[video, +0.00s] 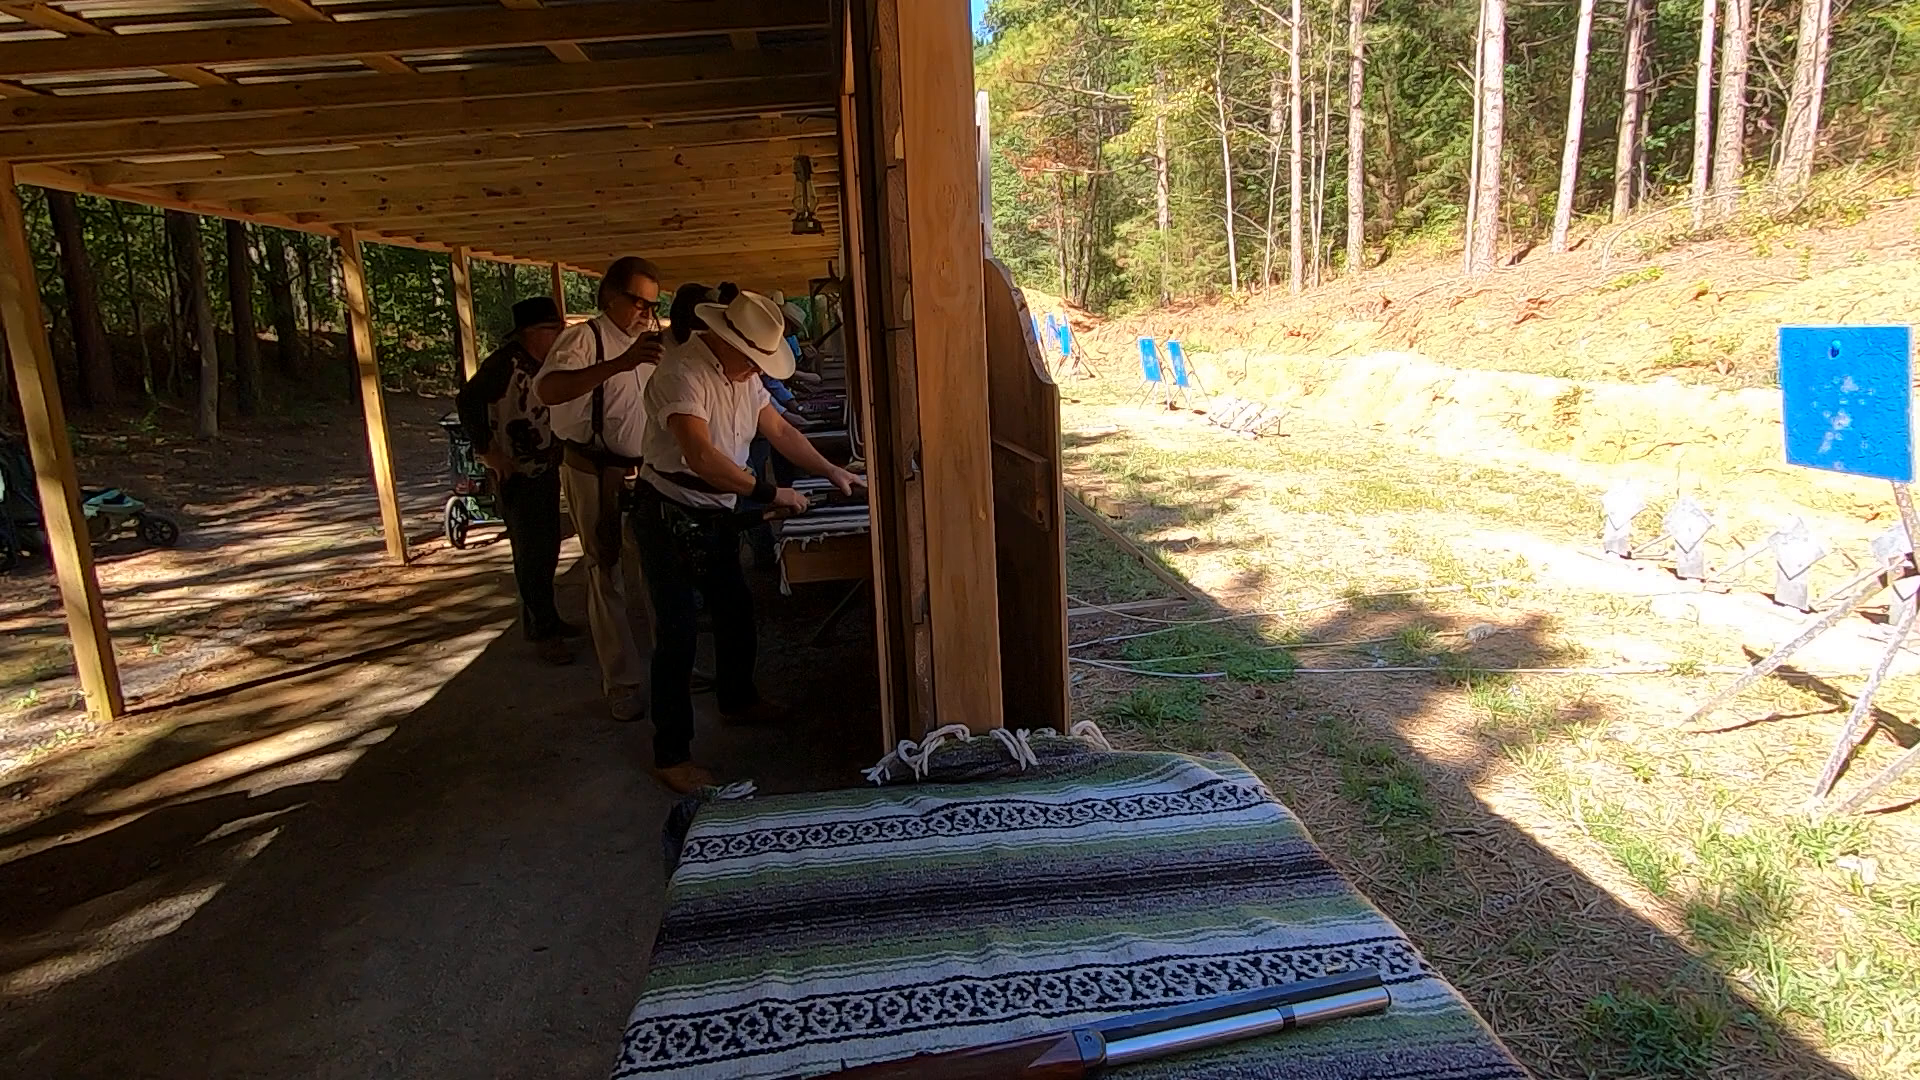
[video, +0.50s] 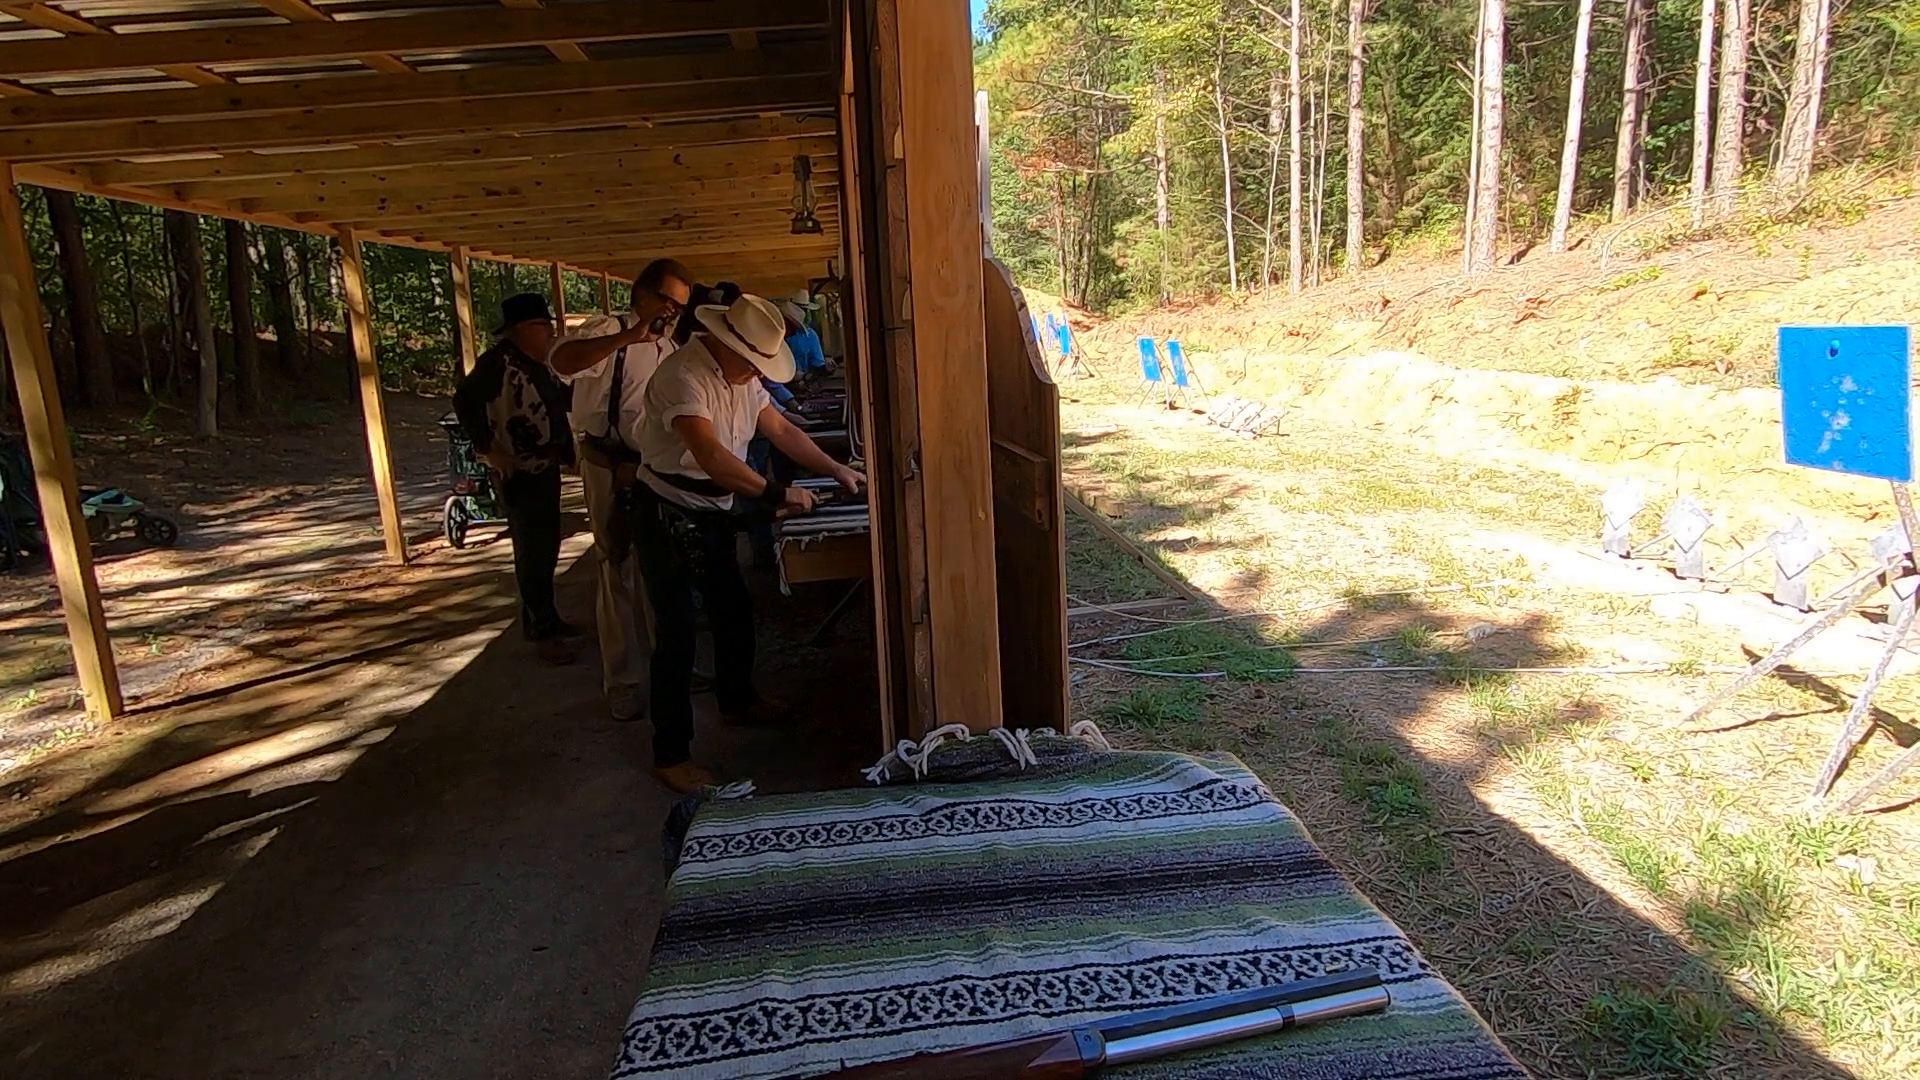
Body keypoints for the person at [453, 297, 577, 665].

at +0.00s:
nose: (556, 337)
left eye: (558, 330)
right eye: (549, 330)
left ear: (556, 332)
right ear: (527, 332)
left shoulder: (554, 364)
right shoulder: (504, 362)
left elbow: (563, 407)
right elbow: (467, 400)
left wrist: (562, 443)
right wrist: (486, 450)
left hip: (547, 470)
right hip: (516, 474)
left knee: (548, 548)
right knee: (530, 551)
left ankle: (546, 620)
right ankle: (542, 631)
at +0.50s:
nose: (549, 334)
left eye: (548, 326)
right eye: (541, 326)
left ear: (540, 329)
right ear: (519, 330)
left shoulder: (542, 364)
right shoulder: (497, 362)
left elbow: (556, 409)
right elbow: (465, 399)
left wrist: (566, 449)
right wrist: (486, 447)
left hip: (546, 470)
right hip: (518, 472)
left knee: (547, 546)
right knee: (532, 549)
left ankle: (546, 619)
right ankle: (539, 627)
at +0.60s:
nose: (549, 333)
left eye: (549, 326)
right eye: (542, 326)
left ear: (537, 329)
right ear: (519, 329)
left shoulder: (540, 365)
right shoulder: (496, 361)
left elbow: (570, 393)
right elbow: (464, 399)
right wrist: (487, 447)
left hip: (547, 469)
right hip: (520, 472)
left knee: (547, 547)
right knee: (533, 550)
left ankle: (546, 619)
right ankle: (540, 628)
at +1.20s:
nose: (550, 340)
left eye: (550, 332)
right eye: (545, 331)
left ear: (532, 330)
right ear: (524, 330)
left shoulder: (538, 366)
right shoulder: (493, 363)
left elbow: (560, 392)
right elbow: (459, 402)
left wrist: (580, 416)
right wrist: (484, 448)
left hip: (548, 471)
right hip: (520, 474)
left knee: (550, 547)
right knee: (532, 551)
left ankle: (547, 618)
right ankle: (540, 630)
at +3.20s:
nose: (561, 338)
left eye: (561, 330)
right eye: (555, 330)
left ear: (547, 332)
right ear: (533, 331)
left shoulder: (545, 364)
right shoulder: (505, 361)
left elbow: (549, 409)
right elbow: (468, 399)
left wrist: (564, 446)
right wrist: (490, 447)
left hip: (551, 472)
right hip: (525, 475)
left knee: (551, 550)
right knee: (536, 553)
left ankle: (549, 620)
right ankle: (541, 631)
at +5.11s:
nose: (561, 338)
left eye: (561, 330)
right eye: (555, 331)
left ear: (544, 333)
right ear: (533, 332)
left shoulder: (544, 366)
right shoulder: (504, 362)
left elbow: (550, 412)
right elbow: (468, 400)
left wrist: (566, 447)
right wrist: (489, 448)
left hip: (551, 473)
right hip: (524, 475)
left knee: (552, 550)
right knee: (536, 552)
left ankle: (549, 620)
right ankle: (541, 630)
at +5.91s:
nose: (562, 338)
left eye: (562, 331)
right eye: (556, 331)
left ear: (548, 333)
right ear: (533, 332)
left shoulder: (545, 366)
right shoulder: (506, 362)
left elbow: (552, 411)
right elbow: (469, 399)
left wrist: (568, 445)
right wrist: (491, 448)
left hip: (551, 473)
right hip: (525, 475)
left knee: (553, 549)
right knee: (536, 552)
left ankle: (549, 621)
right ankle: (541, 630)